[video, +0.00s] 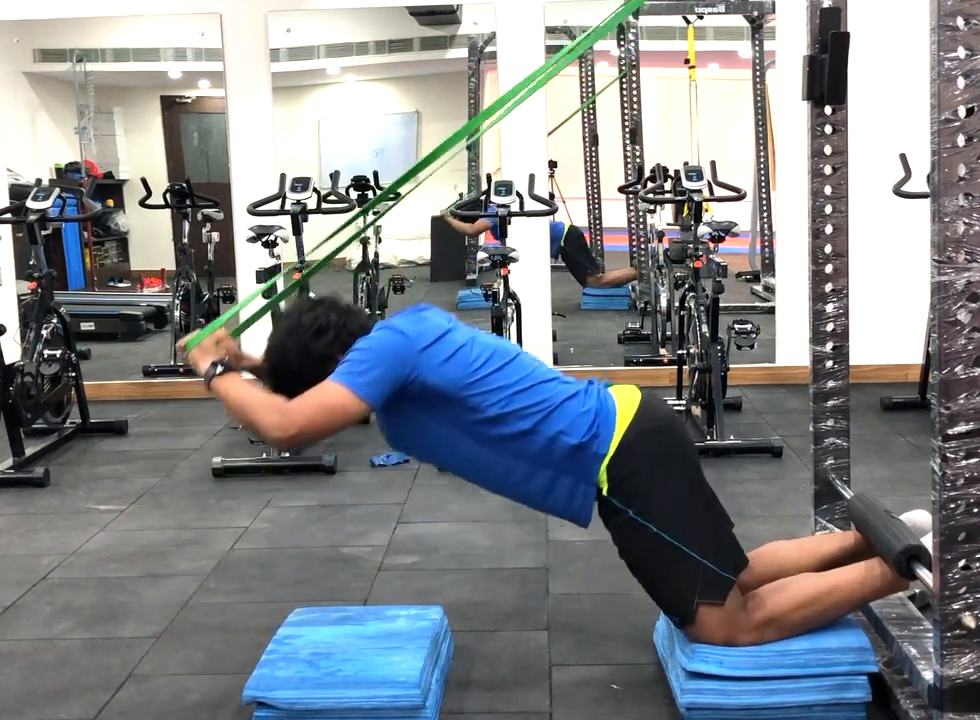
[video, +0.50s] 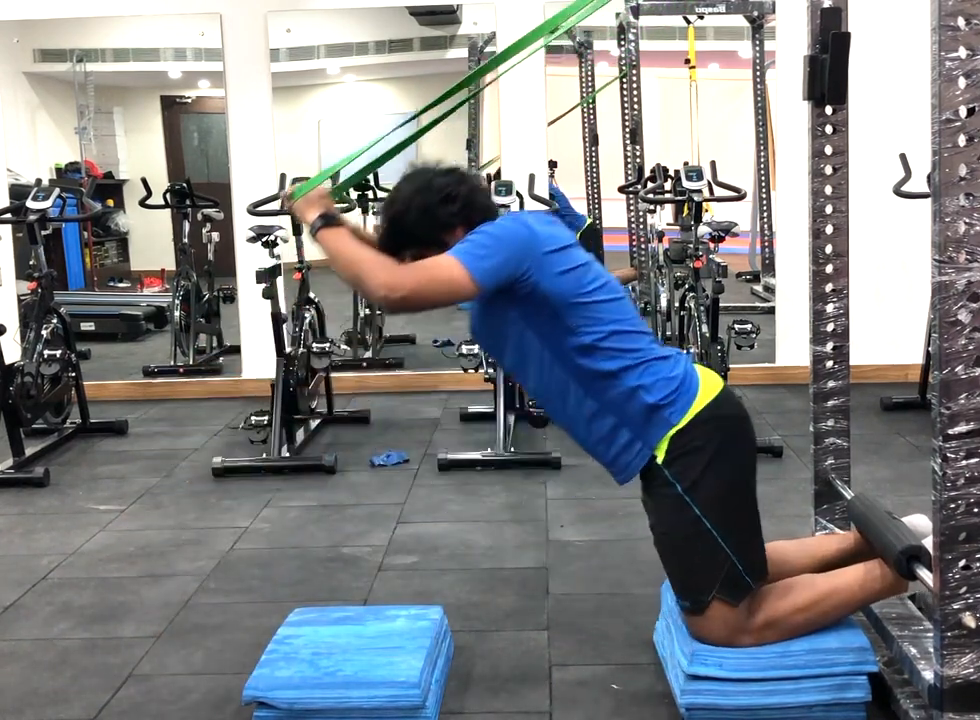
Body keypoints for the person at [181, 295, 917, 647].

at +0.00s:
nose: (318, 400)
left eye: (315, 387)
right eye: (313, 389)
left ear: (328, 355)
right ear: (343, 332)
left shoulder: (393, 342)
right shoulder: (400, 335)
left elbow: (283, 427)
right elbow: (299, 417)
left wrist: (218, 376)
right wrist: (239, 371)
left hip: (624, 454)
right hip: (623, 439)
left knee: (726, 628)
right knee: (720, 586)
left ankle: (901, 569)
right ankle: (859, 534)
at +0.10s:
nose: (333, 367)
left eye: (326, 351)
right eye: (327, 353)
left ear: (341, 328)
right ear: (360, 308)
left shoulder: (412, 322)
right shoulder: (415, 318)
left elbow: (302, 397)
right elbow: (318, 391)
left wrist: (235, 344)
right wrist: (253, 343)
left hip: (633, 447)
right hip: (632, 434)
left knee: (729, 623)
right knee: (727, 581)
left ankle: (900, 568)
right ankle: (861, 535)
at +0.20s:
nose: (338, 342)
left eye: (336, 328)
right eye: (333, 330)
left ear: (360, 307)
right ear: (379, 299)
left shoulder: (438, 297)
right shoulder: (429, 306)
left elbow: (321, 367)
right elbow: (331, 361)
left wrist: (248, 312)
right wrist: (261, 313)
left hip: (647, 440)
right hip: (640, 436)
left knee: (729, 621)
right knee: (717, 588)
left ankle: (909, 572)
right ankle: (858, 538)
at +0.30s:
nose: (362, 316)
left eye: (362, 303)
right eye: (360, 304)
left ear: (385, 285)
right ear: (400, 270)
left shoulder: (458, 277)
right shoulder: (456, 281)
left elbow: (339, 336)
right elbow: (345, 338)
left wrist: (269, 278)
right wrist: (282, 285)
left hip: (658, 437)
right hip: (657, 428)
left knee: (726, 623)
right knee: (720, 579)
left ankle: (910, 572)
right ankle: (865, 539)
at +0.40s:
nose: (404, 295)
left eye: (403, 281)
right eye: (396, 286)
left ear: (426, 256)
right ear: (435, 237)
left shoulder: (490, 254)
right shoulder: (486, 262)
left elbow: (365, 312)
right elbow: (378, 301)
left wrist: (292, 252)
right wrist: (311, 248)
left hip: (672, 433)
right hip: (668, 425)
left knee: (726, 626)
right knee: (731, 578)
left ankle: (905, 571)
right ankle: (869, 539)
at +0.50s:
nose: (428, 275)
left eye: (430, 260)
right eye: (419, 265)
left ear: (454, 233)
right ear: (460, 224)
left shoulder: (519, 237)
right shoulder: (509, 254)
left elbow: (394, 287)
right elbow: (407, 277)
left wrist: (320, 225)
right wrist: (339, 233)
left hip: (687, 431)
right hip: (674, 430)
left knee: (726, 624)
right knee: (720, 576)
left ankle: (897, 570)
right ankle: (860, 540)